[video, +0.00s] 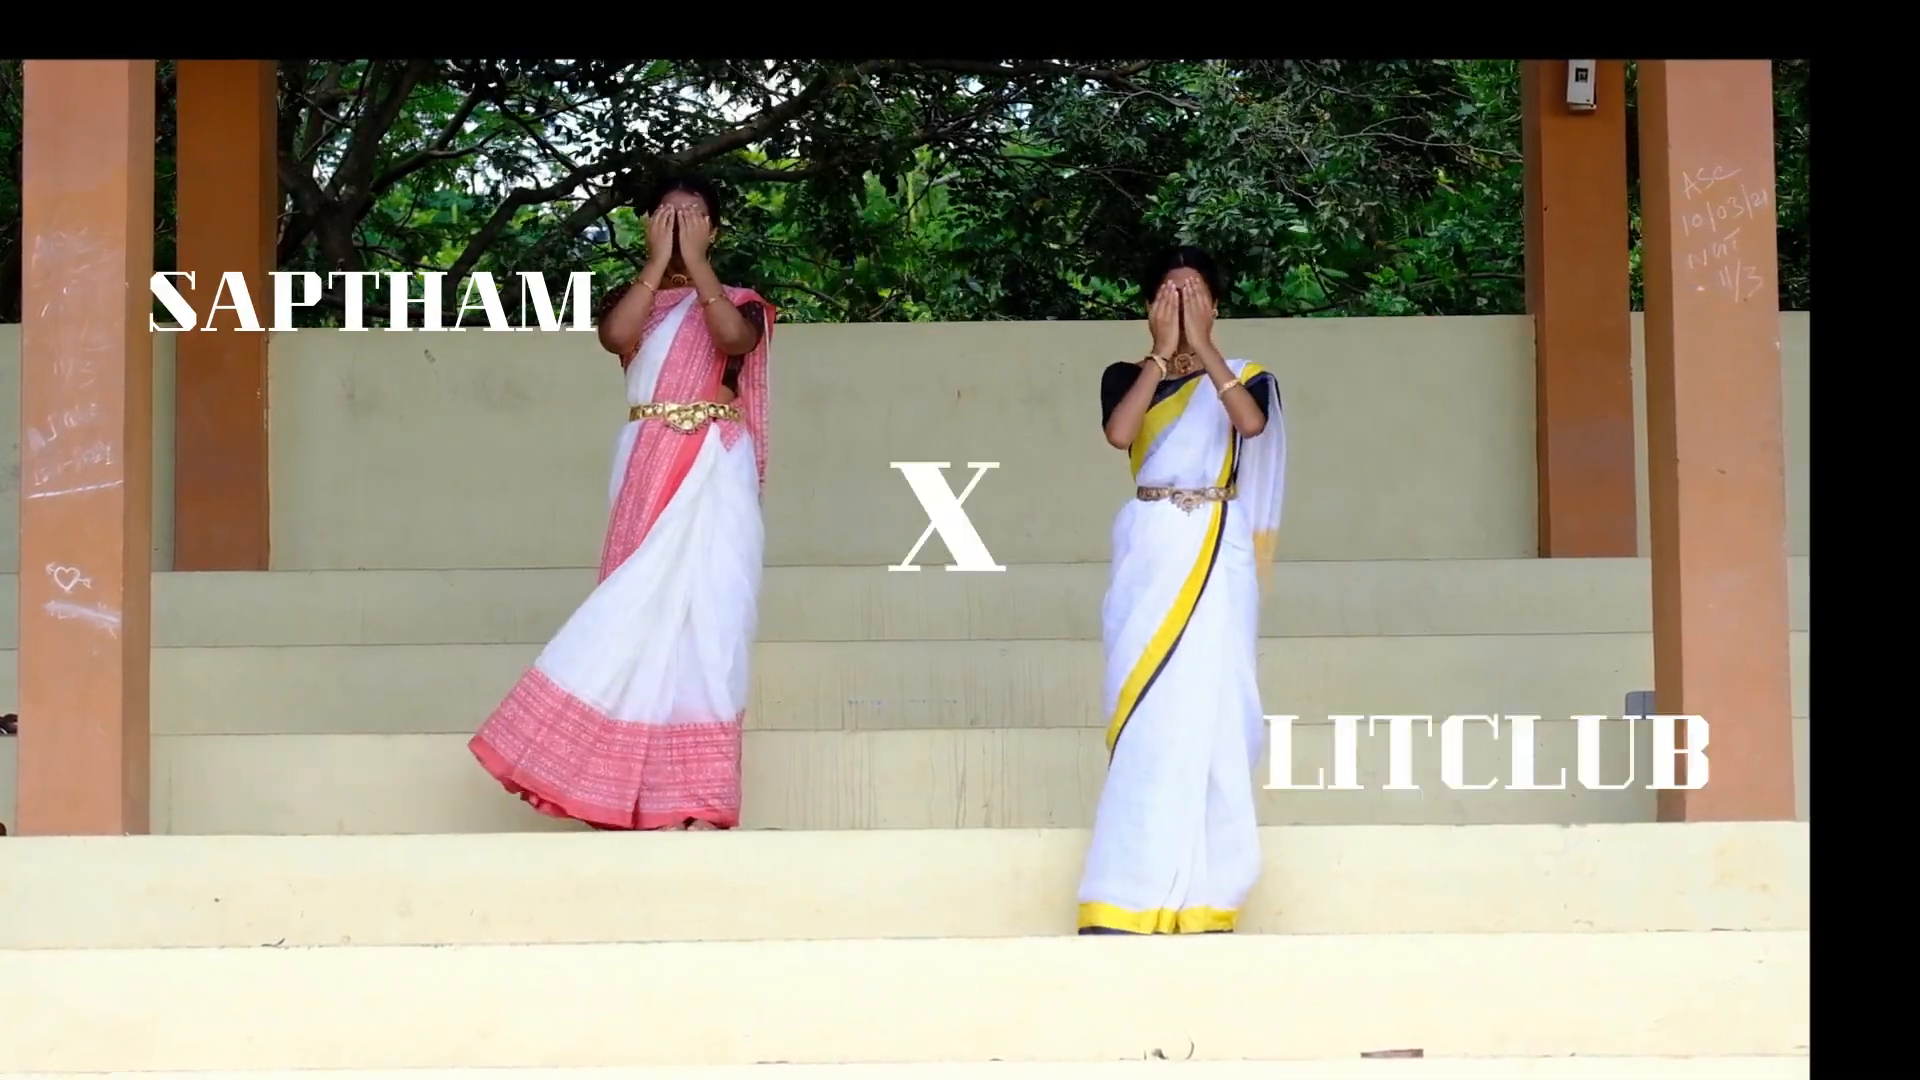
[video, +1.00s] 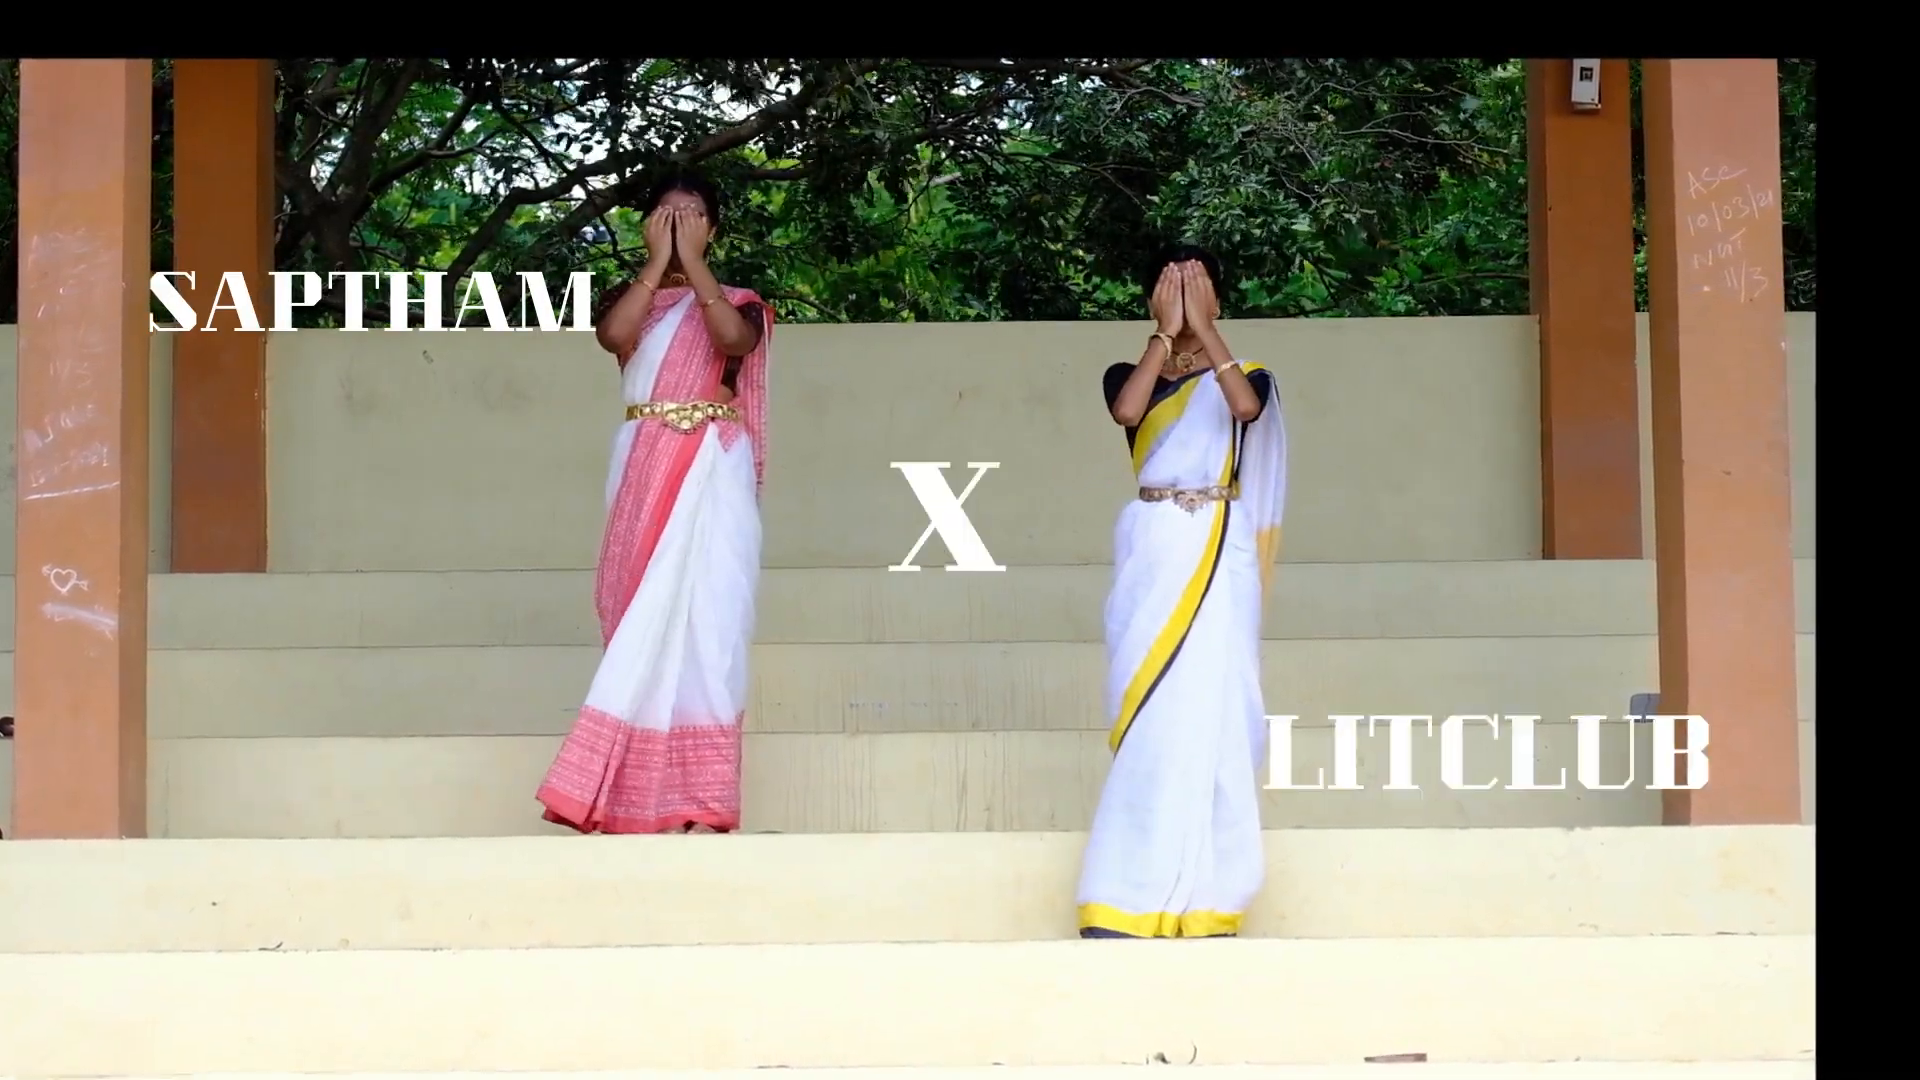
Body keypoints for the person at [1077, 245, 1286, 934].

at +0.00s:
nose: (1182, 305)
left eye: (1195, 293)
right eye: (1169, 293)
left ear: (1216, 303)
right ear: (1152, 305)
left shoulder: (1245, 377)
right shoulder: (1129, 376)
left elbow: (1250, 422)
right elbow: (1120, 433)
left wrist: (1203, 348)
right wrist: (1161, 357)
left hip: (1214, 558)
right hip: (1146, 555)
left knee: (1204, 712)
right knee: (1142, 711)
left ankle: (1202, 890)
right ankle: (1133, 889)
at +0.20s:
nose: (1181, 304)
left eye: (1193, 292)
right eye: (1169, 292)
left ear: (1214, 303)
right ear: (1152, 304)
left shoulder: (1244, 376)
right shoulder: (1132, 376)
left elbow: (1248, 417)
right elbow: (1121, 426)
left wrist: (1204, 340)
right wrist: (1161, 351)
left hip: (1214, 555)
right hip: (1147, 552)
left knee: (1204, 711)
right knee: (1143, 711)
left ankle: (1203, 891)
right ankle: (1132, 891)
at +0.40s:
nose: (1181, 305)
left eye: (1194, 292)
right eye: (1169, 292)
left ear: (1215, 304)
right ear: (1152, 304)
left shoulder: (1244, 376)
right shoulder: (1131, 377)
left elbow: (1246, 413)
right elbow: (1122, 419)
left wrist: (1203, 334)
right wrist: (1160, 345)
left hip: (1214, 556)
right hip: (1146, 553)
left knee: (1203, 714)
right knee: (1143, 713)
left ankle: (1203, 893)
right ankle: (1131, 894)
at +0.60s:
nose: (1182, 306)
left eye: (1195, 292)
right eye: (1170, 292)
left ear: (1216, 305)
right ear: (1152, 305)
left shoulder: (1245, 377)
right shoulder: (1131, 377)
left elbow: (1244, 408)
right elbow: (1123, 414)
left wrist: (1203, 329)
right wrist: (1161, 338)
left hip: (1214, 555)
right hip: (1146, 552)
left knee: (1203, 712)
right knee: (1142, 710)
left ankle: (1203, 892)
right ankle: (1132, 892)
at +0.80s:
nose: (1181, 301)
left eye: (1194, 287)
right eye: (1169, 288)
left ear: (1217, 302)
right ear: (1152, 303)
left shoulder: (1246, 376)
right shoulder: (1132, 377)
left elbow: (1243, 407)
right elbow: (1124, 411)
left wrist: (1204, 325)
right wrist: (1163, 335)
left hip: (1216, 554)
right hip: (1148, 552)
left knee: (1204, 711)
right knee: (1144, 709)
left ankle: (1203, 892)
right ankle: (1135, 892)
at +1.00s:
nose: (1182, 308)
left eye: (1194, 292)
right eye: (1170, 293)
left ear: (1217, 303)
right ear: (1153, 306)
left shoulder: (1246, 376)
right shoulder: (1135, 378)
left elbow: (1243, 406)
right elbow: (1127, 408)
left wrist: (1205, 324)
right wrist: (1164, 332)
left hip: (1216, 554)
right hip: (1148, 552)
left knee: (1203, 712)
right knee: (1145, 711)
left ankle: (1202, 894)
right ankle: (1136, 893)